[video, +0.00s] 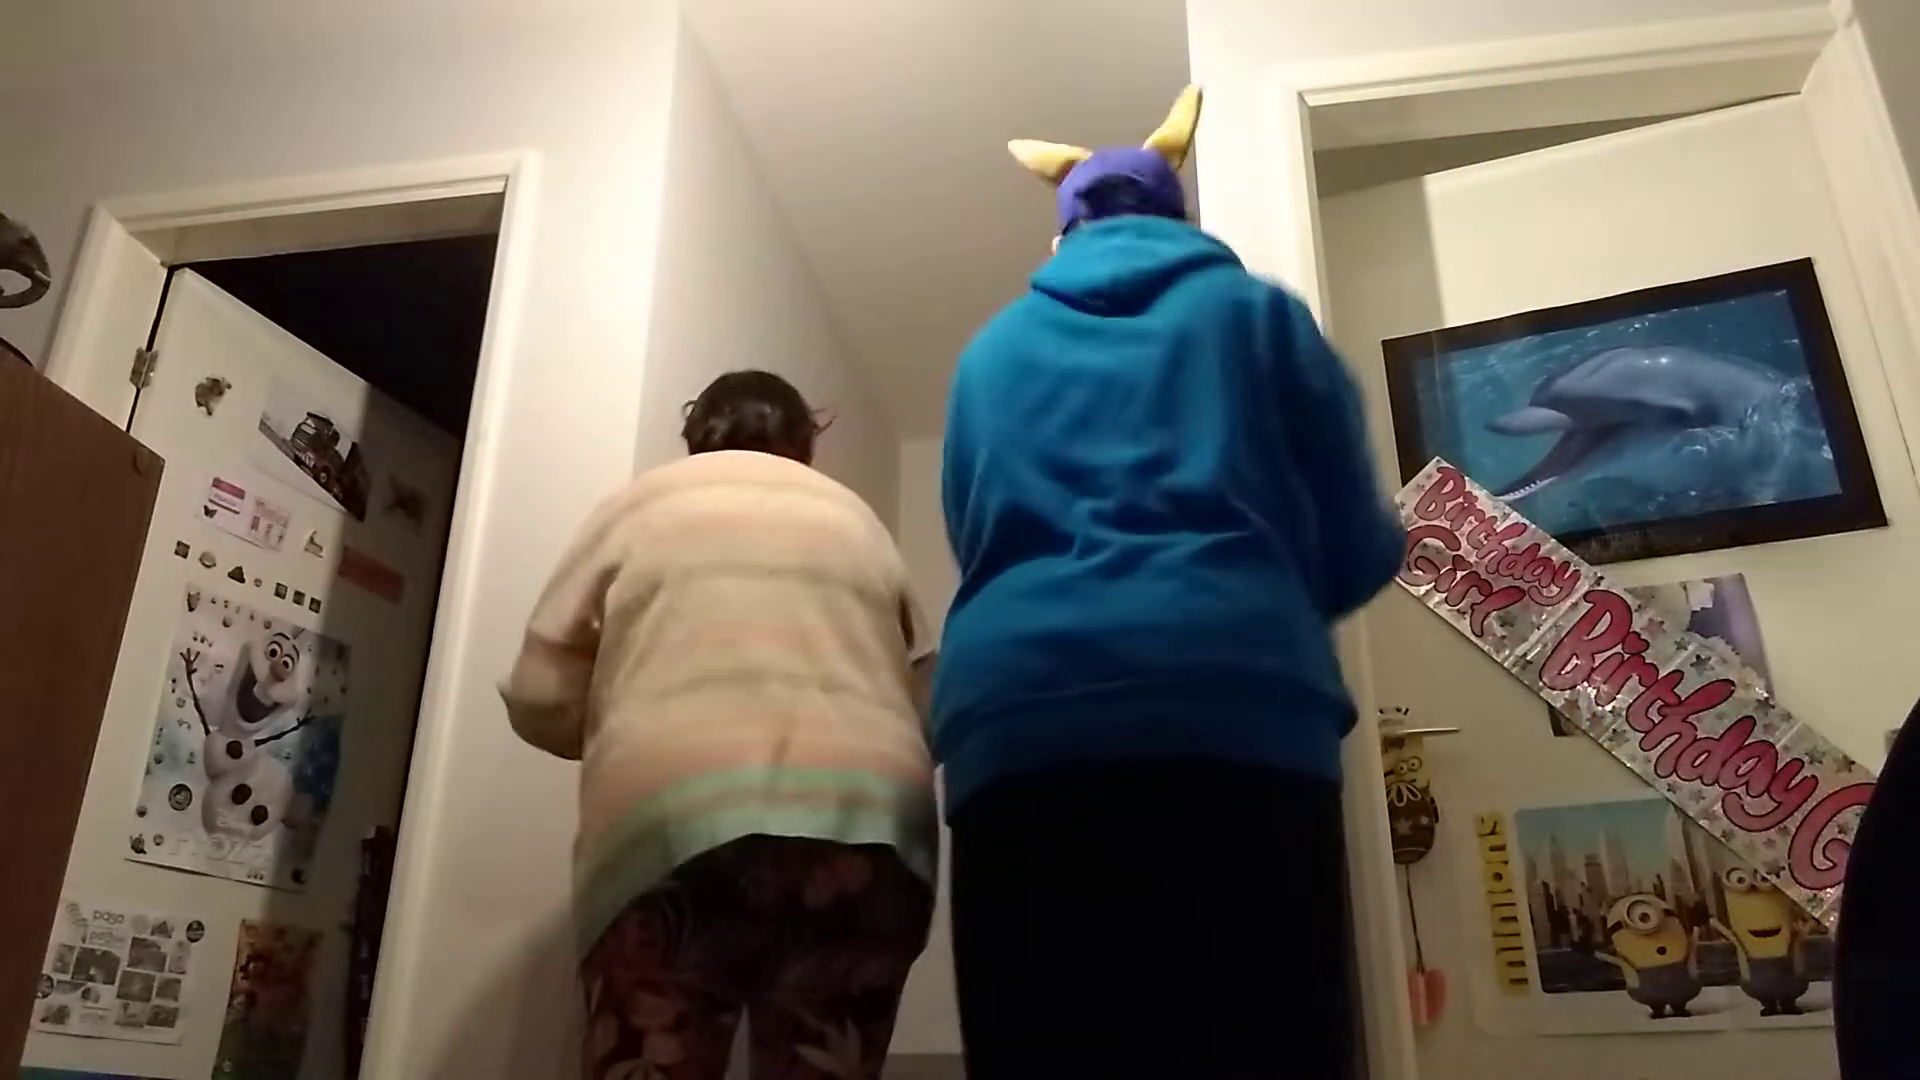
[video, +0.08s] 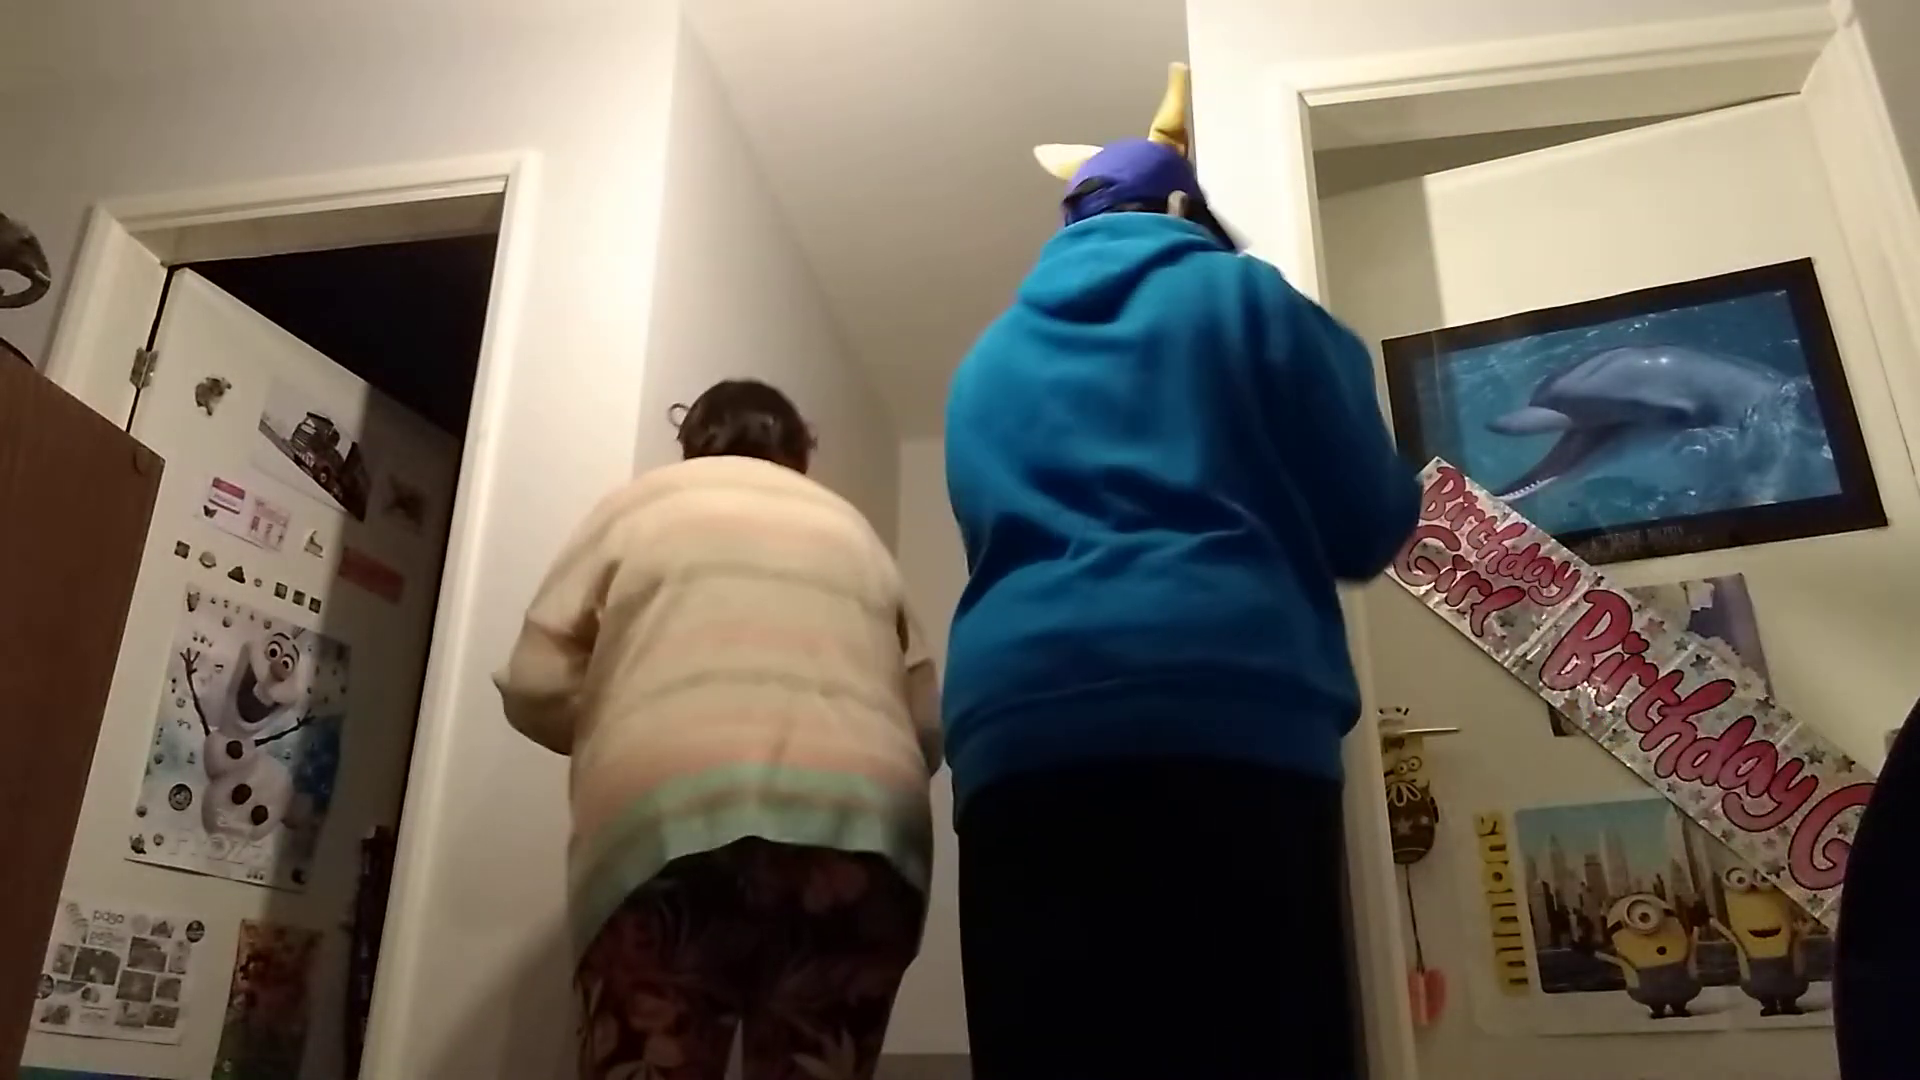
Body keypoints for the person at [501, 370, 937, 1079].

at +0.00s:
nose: (818, 451)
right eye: (817, 442)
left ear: (691, 437)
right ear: (808, 445)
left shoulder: (634, 502)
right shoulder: (860, 518)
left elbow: (537, 694)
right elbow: (916, 678)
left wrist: (639, 727)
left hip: (667, 829)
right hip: (866, 832)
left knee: (650, 1063)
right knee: (826, 1062)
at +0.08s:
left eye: (680, 439)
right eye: (811, 454)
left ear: (686, 442)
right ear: (803, 456)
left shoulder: (630, 505)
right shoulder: (858, 531)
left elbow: (534, 682)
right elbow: (928, 720)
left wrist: (632, 737)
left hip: (662, 825)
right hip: (859, 836)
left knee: (649, 1063)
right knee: (818, 1062)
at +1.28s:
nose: (274, 440)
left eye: (286, 421)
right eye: (278, 423)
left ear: (337, 426)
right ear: (397, 440)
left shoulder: (323, 510)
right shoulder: (432, 543)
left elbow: (199, 698)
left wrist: (155, 648)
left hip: (235, 949)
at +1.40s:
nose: (246, 412)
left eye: (264, 392)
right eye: (254, 393)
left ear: (327, 403)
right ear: (342, 410)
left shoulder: (321, 491)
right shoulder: (398, 510)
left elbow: (225, 659)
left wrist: (119, 615)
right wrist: (172, 599)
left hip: (246, 917)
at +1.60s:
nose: (219, 379)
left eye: (248, 358)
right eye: (225, 360)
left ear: (329, 384)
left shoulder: (345, 485)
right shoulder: (283, 502)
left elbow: (278, 646)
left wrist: (126, 595)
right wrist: (145, 578)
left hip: (242, 927)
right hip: (184, 920)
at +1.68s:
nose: (214, 377)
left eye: (246, 361)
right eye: (212, 361)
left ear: (325, 395)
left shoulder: (349, 496)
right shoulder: (241, 525)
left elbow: (315, 654)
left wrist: (139, 605)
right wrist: (135, 566)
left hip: (233, 933)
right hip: (140, 922)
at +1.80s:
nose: (199, 381)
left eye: (232, 368)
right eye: (192, 365)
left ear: (304, 408)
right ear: (179, 388)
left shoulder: (333, 509)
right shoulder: (160, 539)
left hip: (227, 945)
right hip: (91, 926)